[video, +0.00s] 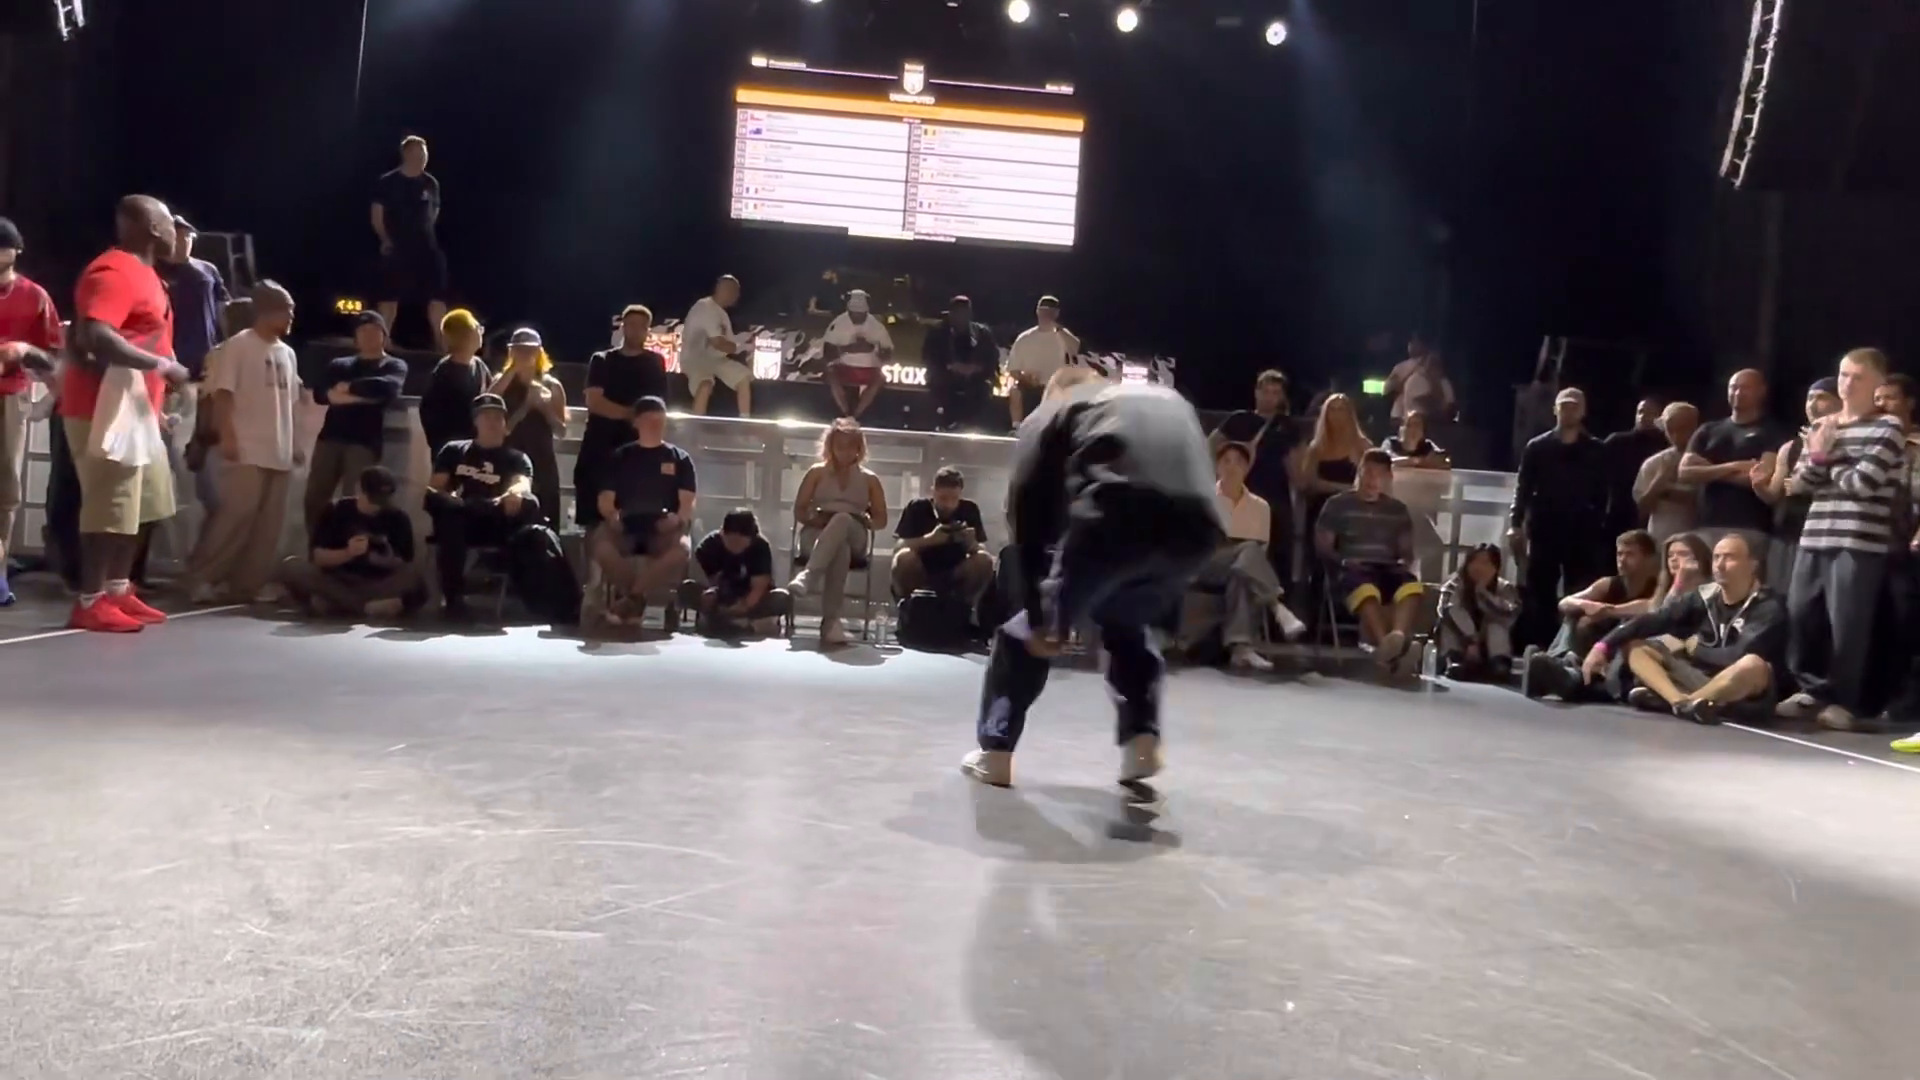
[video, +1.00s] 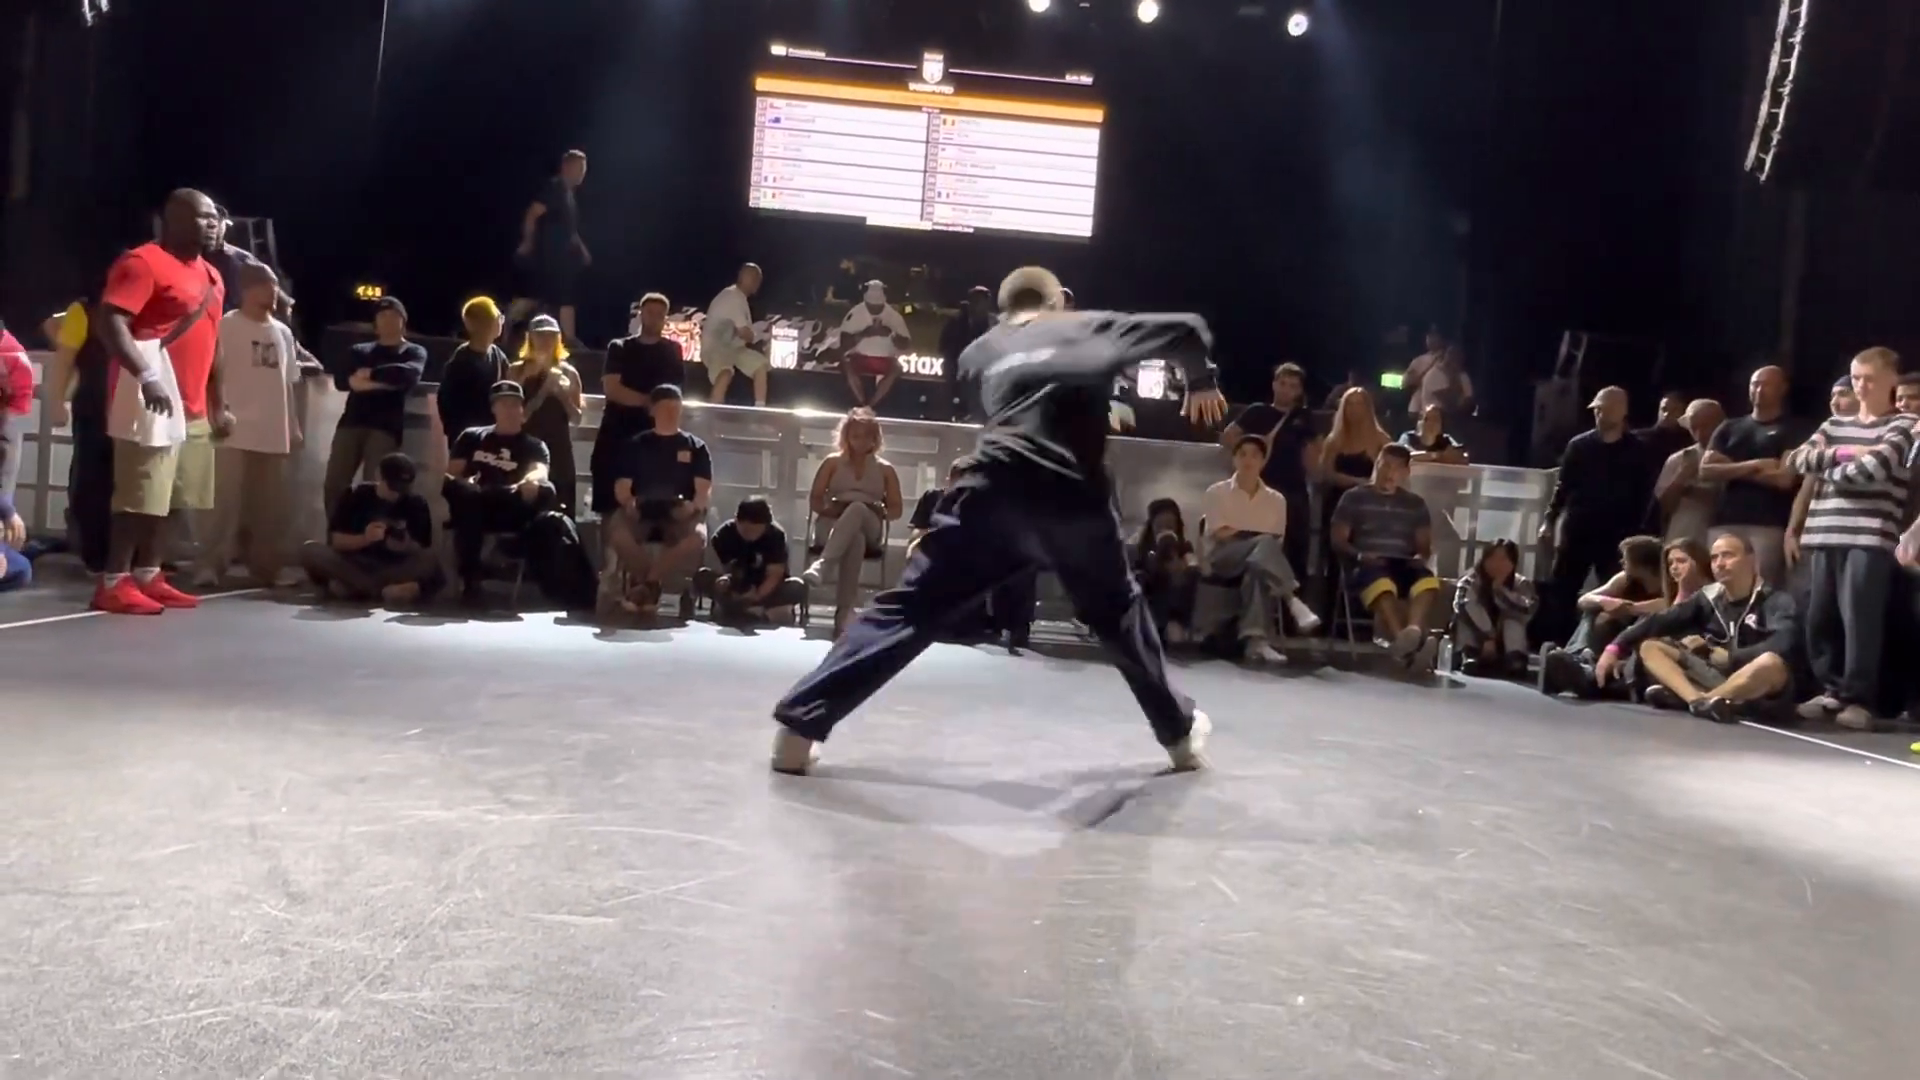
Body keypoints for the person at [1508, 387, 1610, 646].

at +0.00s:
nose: (1567, 411)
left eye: (1573, 406)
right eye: (1563, 405)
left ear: (1583, 412)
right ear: (1555, 410)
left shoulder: (1597, 450)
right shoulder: (1537, 447)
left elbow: (1603, 493)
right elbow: (1523, 489)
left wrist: (1599, 526)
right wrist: (1516, 524)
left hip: (1582, 532)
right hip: (1544, 531)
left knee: (1580, 598)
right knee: (1540, 597)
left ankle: (1578, 654)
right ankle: (1539, 652)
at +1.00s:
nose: (1598, 414)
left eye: (1604, 410)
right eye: (1596, 409)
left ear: (1622, 413)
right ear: (1593, 410)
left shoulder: (1637, 450)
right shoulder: (1579, 445)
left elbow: (1642, 495)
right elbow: (1563, 487)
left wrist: (1634, 531)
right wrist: (1548, 521)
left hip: (1616, 533)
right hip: (1578, 532)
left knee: (1615, 597)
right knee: (1563, 592)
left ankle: (1612, 654)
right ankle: (1554, 647)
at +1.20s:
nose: (1614, 410)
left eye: (1621, 406)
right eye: (1611, 405)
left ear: (1634, 410)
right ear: (1604, 407)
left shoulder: (1645, 449)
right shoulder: (1585, 442)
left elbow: (1648, 494)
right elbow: (1567, 483)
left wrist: (1640, 529)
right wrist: (1553, 518)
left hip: (1621, 531)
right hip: (1582, 528)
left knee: (1618, 595)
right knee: (1558, 586)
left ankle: (1615, 651)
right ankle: (1553, 642)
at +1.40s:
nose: (1628, 409)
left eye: (1633, 404)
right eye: (1623, 402)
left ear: (1637, 410)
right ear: (1609, 404)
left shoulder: (1641, 449)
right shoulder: (1582, 439)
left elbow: (1650, 494)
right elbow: (1560, 479)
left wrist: (1649, 534)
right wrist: (1548, 515)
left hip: (1620, 535)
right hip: (1580, 532)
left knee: (1620, 600)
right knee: (1556, 588)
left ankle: (1615, 654)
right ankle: (1555, 643)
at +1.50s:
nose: (1633, 407)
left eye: (1635, 402)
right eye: (1627, 400)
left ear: (1636, 408)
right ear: (1609, 404)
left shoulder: (1637, 447)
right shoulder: (1578, 438)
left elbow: (1645, 492)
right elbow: (1556, 478)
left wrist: (1645, 530)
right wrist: (1544, 513)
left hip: (1619, 528)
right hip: (1579, 525)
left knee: (1621, 591)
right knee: (1554, 581)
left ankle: (1617, 650)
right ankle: (1559, 640)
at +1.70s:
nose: (1633, 409)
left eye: (1632, 404)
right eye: (1627, 402)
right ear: (1608, 404)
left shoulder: (1632, 446)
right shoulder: (1575, 437)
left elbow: (1641, 488)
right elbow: (1554, 476)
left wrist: (1639, 524)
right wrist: (1544, 512)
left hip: (1616, 528)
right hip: (1577, 526)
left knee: (1621, 592)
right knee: (1556, 581)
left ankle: (1619, 650)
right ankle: (1560, 641)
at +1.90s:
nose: (1632, 409)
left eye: (1632, 404)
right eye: (1627, 403)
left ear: (1613, 406)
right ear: (1611, 404)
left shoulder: (1625, 446)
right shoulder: (1578, 435)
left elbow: (1630, 486)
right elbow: (1558, 474)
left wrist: (1630, 517)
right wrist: (1554, 512)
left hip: (1615, 524)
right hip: (1579, 522)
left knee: (1619, 590)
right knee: (1562, 585)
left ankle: (1618, 646)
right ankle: (1557, 639)